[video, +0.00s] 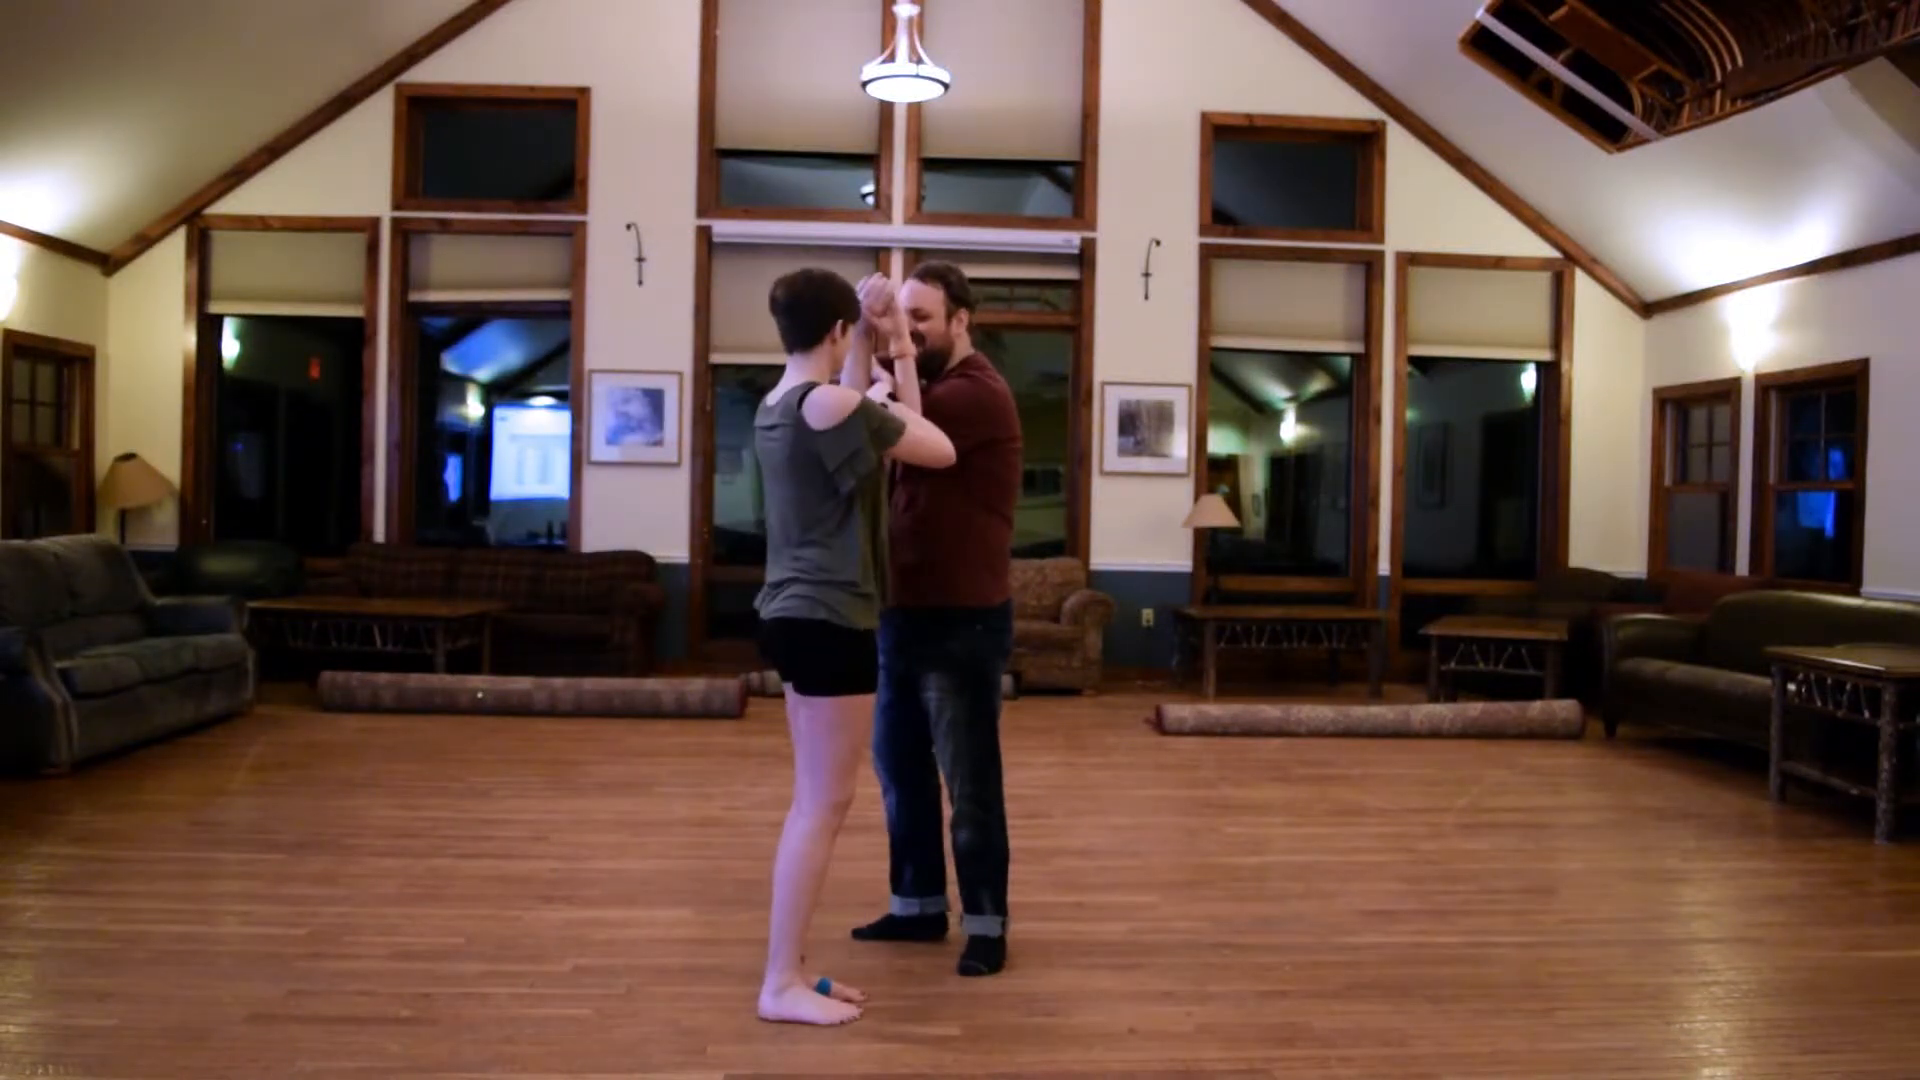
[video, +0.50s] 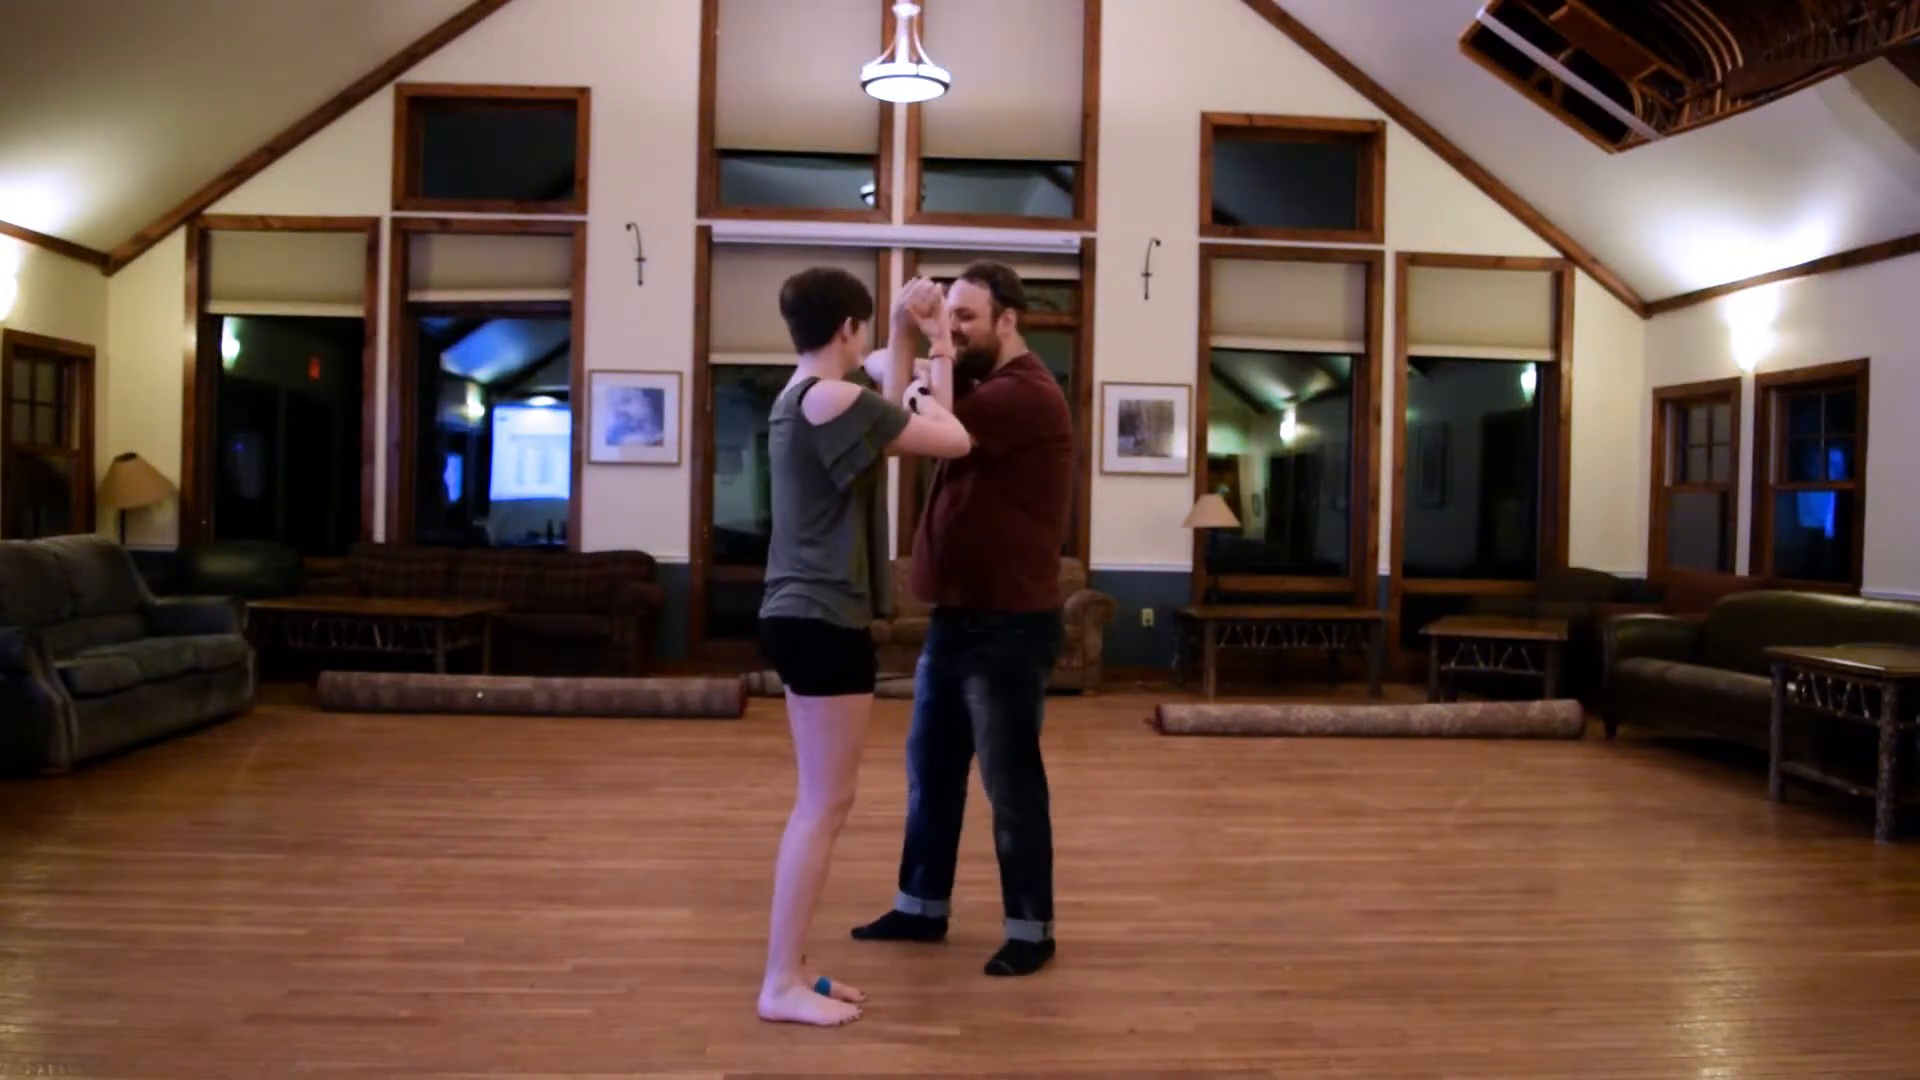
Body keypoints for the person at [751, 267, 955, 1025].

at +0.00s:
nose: (862, 336)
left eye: (862, 323)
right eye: (858, 326)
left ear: (789, 334)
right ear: (841, 333)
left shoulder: (777, 404)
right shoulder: (832, 405)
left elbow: (859, 429)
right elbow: (938, 448)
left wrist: (879, 351)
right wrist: (903, 367)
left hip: (795, 612)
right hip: (828, 619)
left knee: (817, 803)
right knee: (823, 806)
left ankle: (787, 975)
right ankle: (782, 985)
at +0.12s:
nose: (856, 337)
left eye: (857, 325)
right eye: (854, 327)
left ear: (782, 333)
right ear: (839, 332)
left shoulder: (773, 406)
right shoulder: (835, 403)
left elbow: (854, 405)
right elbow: (940, 440)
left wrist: (872, 337)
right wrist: (903, 363)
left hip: (794, 614)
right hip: (827, 621)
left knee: (812, 804)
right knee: (816, 807)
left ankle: (785, 977)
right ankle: (781, 986)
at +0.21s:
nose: (854, 338)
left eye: (855, 325)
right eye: (853, 327)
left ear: (782, 333)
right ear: (838, 332)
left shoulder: (773, 404)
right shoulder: (836, 403)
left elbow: (853, 398)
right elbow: (942, 438)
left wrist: (869, 326)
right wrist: (906, 367)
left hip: (792, 614)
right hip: (824, 620)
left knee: (812, 804)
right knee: (817, 807)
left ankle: (786, 977)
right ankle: (781, 987)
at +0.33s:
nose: (859, 339)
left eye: (861, 326)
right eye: (857, 328)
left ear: (792, 335)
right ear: (843, 333)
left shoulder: (782, 401)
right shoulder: (833, 403)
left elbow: (870, 401)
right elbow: (944, 437)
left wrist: (880, 325)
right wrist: (920, 365)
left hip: (797, 615)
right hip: (823, 622)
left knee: (817, 805)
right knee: (825, 808)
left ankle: (787, 975)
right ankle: (782, 986)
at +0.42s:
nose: (863, 340)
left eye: (864, 328)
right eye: (861, 329)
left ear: (797, 333)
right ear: (847, 332)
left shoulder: (789, 399)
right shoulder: (835, 402)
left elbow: (877, 402)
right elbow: (946, 437)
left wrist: (891, 328)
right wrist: (930, 365)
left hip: (799, 616)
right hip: (824, 622)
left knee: (817, 805)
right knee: (825, 808)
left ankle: (788, 974)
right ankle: (782, 985)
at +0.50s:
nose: (867, 337)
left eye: (867, 325)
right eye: (865, 327)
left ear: (804, 333)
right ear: (851, 331)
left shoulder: (799, 396)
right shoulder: (839, 400)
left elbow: (890, 408)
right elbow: (951, 436)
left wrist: (904, 335)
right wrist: (941, 354)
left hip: (800, 614)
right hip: (825, 621)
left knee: (819, 804)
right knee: (823, 808)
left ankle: (788, 973)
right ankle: (782, 985)